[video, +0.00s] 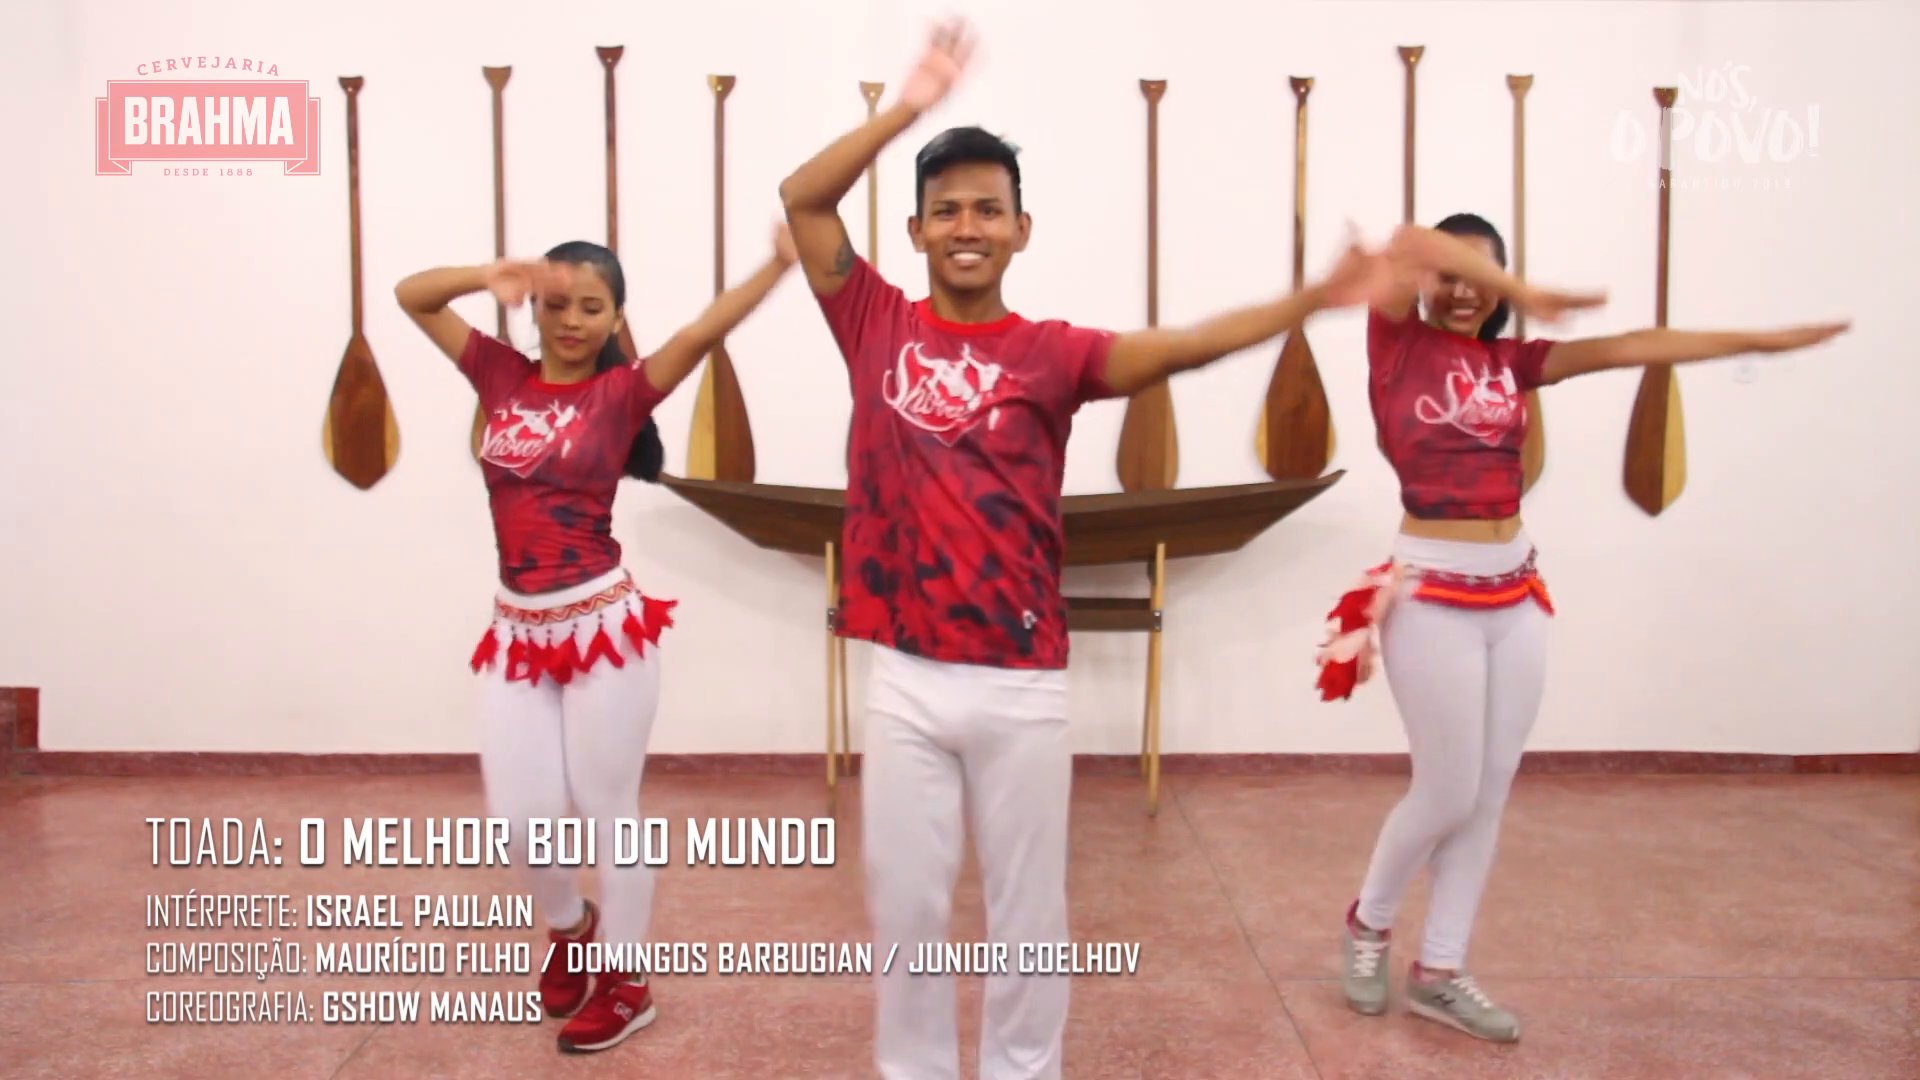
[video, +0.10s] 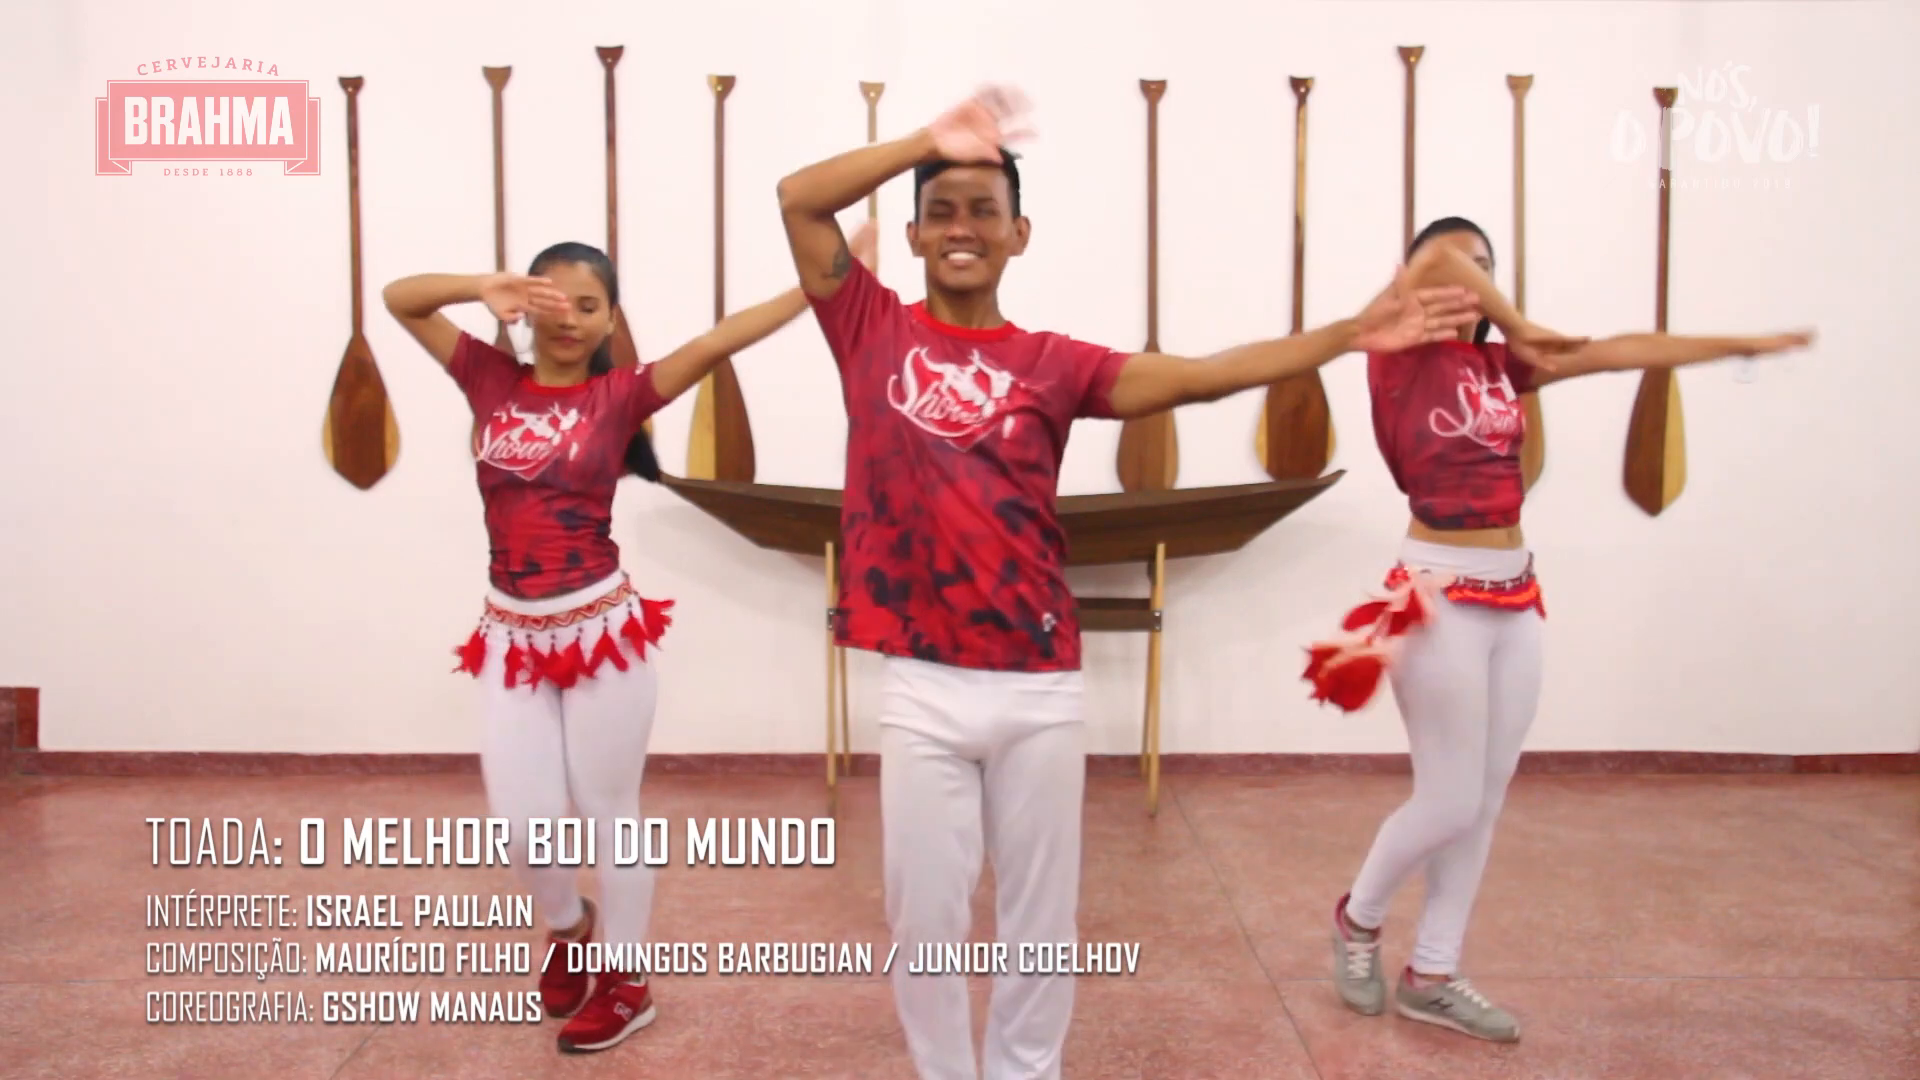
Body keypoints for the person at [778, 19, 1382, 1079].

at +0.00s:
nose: (967, 226)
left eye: (989, 209)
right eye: (948, 210)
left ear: (1021, 229)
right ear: (918, 228)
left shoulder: (1052, 352)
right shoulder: (876, 327)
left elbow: (1190, 344)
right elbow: (803, 199)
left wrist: (1321, 293)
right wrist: (901, 110)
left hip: (1022, 685)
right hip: (903, 677)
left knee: (1026, 926)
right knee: (905, 926)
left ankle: (1020, 1073)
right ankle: (913, 1075)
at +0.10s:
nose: (960, 228)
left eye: (982, 210)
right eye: (940, 210)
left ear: (1018, 236)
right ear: (912, 234)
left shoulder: (1050, 360)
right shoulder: (871, 330)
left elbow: (1200, 374)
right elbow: (801, 199)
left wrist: (1351, 332)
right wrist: (925, 142)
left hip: (1040, 685)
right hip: (919, 683)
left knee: (1039, 926)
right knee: (926, 921)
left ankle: (1022, 1072)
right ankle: (945, 1074)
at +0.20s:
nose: (948, 209)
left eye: (974, 196)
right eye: (930, 197)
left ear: (1012, 229)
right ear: (908, 226)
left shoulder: (1050, 356)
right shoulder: (872, 328)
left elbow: (1206, 373)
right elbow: (796, 201)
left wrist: (1355, 315)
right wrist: (936, 134)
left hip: (1048, 683)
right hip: (929, 682)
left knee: (1044, 928)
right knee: (925, 925)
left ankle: (1020, 1072)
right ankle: (939, 1076)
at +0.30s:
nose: (946, 208)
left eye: (969, 192)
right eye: (928, 195)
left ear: (1014, 224)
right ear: (909, 225)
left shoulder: (1060, 354)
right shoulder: (880, 335)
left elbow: (1199, 357)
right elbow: (800, 217)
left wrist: (1313, 270)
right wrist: (918, 103)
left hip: (1047, 693)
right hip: (930, 692)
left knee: (1050, 937)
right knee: (907, 922)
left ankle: (1024, 1075)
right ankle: (927, 1074)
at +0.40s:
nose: (942, 211)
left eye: (968, 196)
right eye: (926, 203)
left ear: (1013, 227)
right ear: (911, 235)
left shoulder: (1057, 353)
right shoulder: (887, 336)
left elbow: (1183, 327)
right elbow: (805, 231)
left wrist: (1263, 215)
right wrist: (870, 81)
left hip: (1050, 696)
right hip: (930, 696)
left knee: (1058, 952)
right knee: (871, 929)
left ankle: (1033, 1079)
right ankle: (873, 1077)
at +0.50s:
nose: (937, 206)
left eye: (961, 189)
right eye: (920, 194)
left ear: (1009, 221)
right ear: (902, 228)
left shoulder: (1046, 343)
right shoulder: (883, 333)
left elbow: (1155, 293)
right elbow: (799, 231)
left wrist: (1205, 166)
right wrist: (813, 60)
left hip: (1046, 693)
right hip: (925, 694)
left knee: (1059, 948)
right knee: (841, 923)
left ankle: (1039, 1079)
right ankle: (783, 1076)